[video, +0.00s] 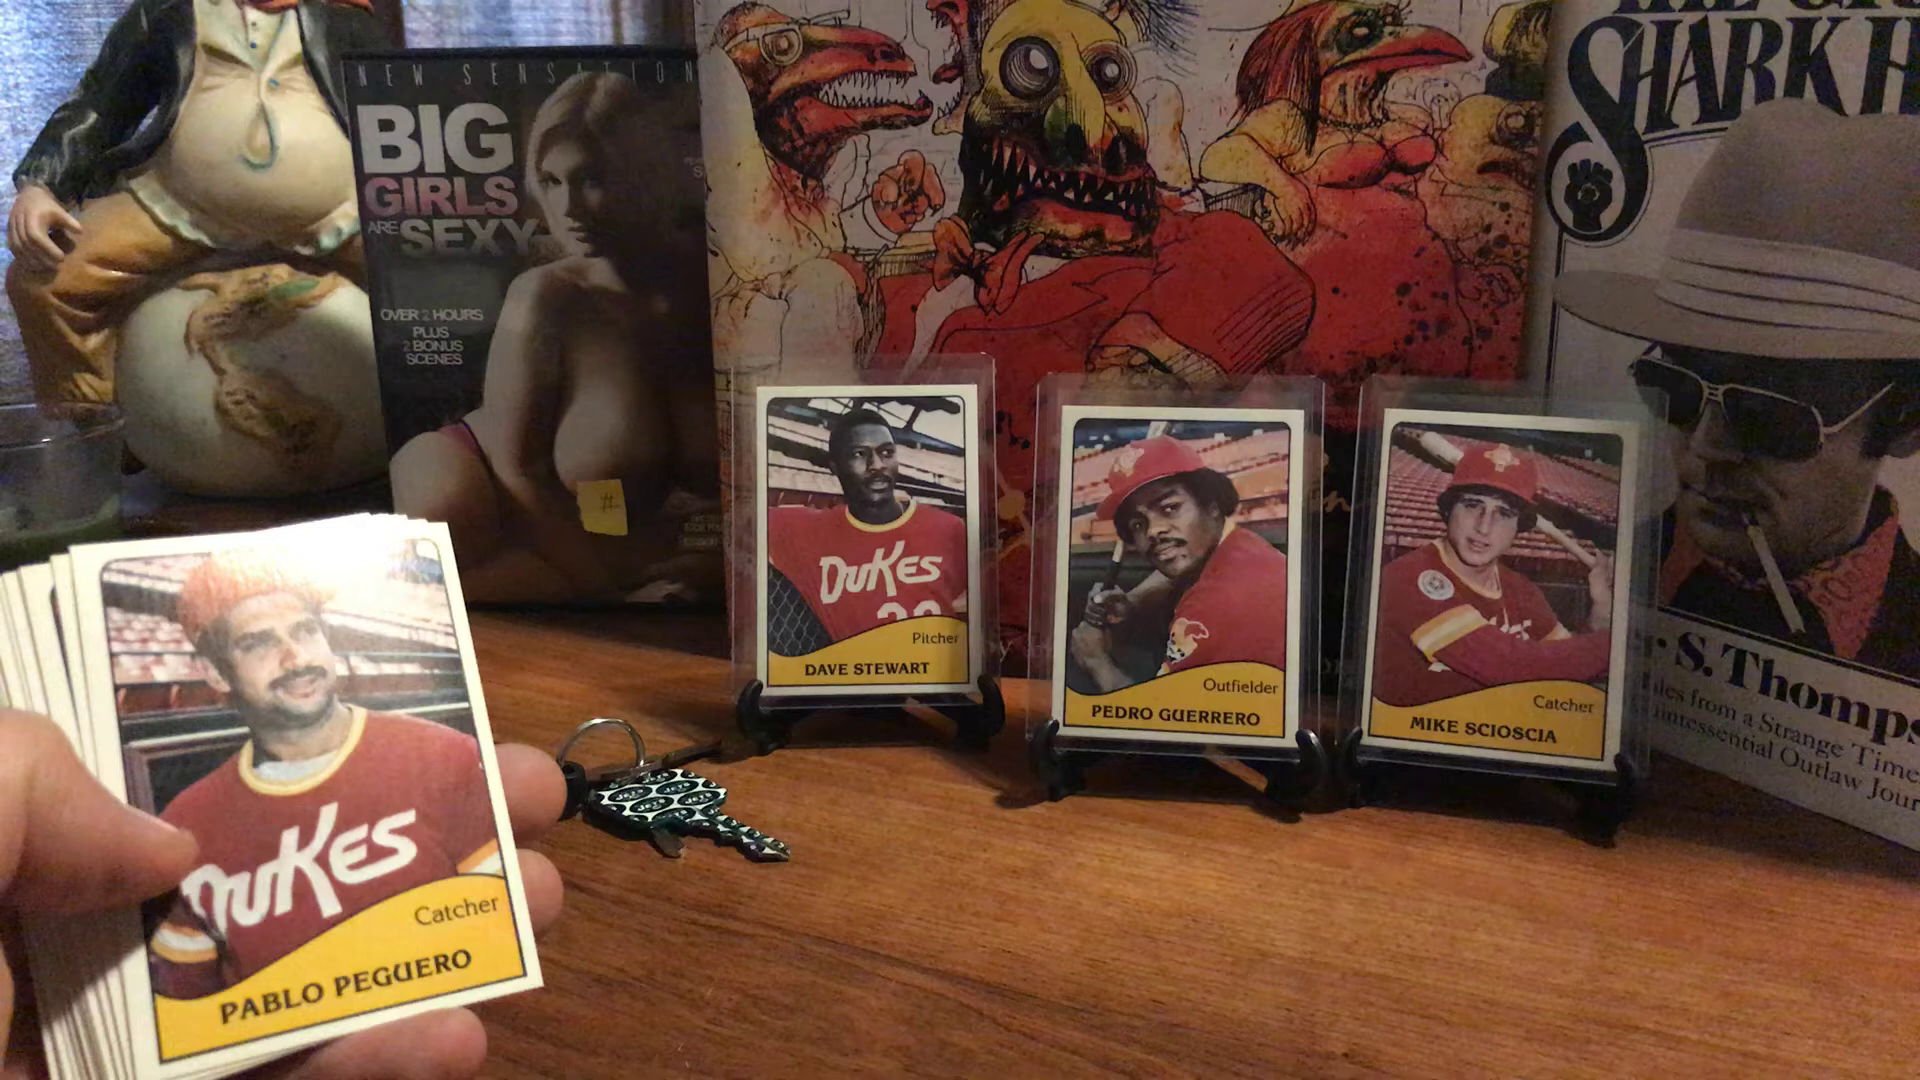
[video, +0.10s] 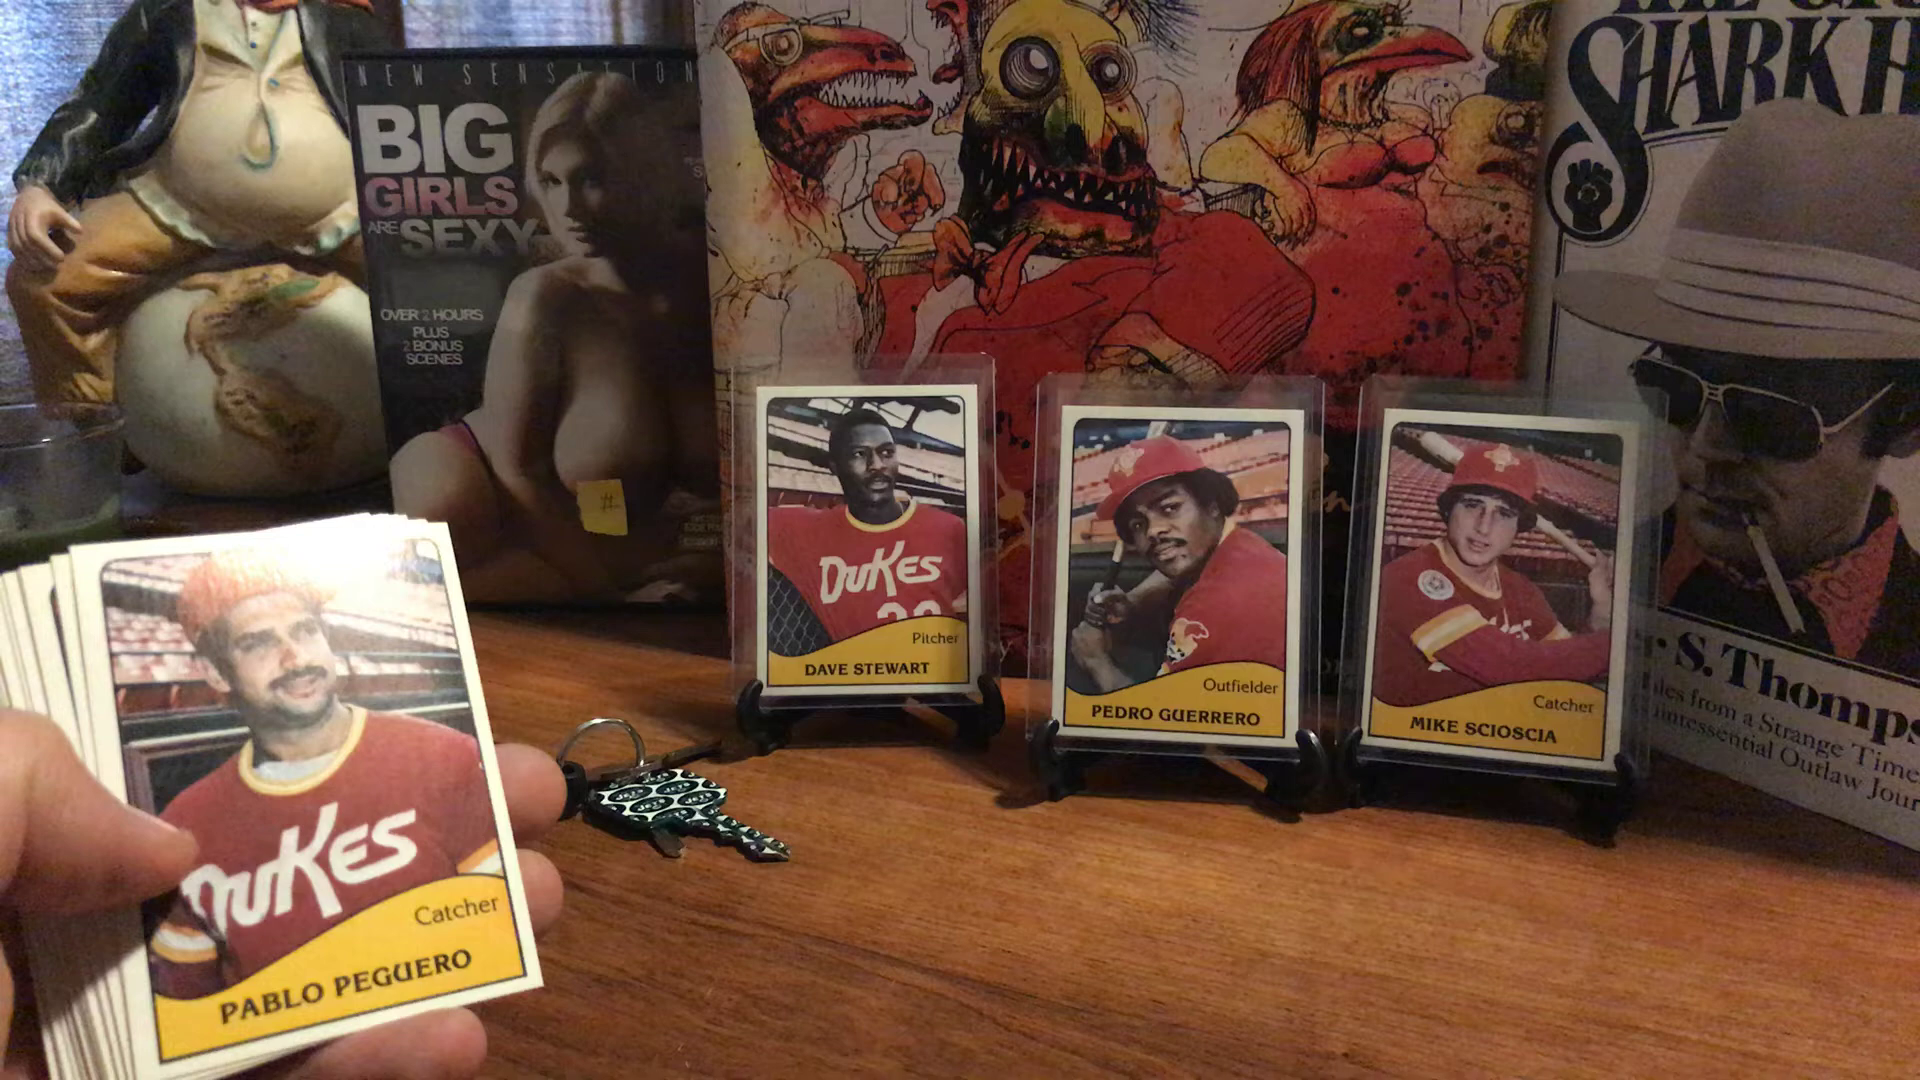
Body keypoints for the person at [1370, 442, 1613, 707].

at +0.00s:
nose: (1484, 526)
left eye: (1503, 513)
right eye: (1473, 505)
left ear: (1518, 528)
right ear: (1449, 509)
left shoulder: (1520, 590)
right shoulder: (1410, 578)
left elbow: (1571, 673)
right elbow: (1502, 664)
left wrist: (1602, 608)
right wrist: (1621, 643)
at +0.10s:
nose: (1484, 526)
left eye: (1503, 513)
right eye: (1473, 505)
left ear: (1518, 528)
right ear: (1449, 509)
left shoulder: (1520, 590)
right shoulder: (1410, 578)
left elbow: (1571, 673)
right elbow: (1502, 664)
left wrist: (1602, 608)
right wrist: (1621, 643)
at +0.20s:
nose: (1484, 526)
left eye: (1503, 513)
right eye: (1473, 505)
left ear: (1518, 528)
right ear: (1449, 509)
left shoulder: (1520, 590)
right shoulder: (1410, 578)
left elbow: (1571, 673)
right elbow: (1502, 664)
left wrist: (1602, 608)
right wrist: (1621, 643)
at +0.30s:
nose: (1484, 526)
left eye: (1503, 514)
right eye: (1473, 506)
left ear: (1518, 529)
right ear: (1448, 510)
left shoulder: (1521, 591)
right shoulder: (1410, 579)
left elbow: (1572, 671)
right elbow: (1502, 664)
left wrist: (1602, 607)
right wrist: (1621, 642)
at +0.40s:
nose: (1484, 525)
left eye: (1503, 513)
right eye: (1473, 505)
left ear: (1518, 528)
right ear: (1448, 509)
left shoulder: (1522, 591)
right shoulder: (1410, 578)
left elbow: (1572, 673)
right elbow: (1502, 663)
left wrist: (1602, 606)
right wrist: (1622, 641)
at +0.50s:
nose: (1483, 526)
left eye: (1503, 514)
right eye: (1473, 505)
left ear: (1518, 529)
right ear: (1449, 510)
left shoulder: (1522, 593)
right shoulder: (1410, 579)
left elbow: (1573, 673)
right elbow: (1501, 665)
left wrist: (1602, 607)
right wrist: (1621, 642)